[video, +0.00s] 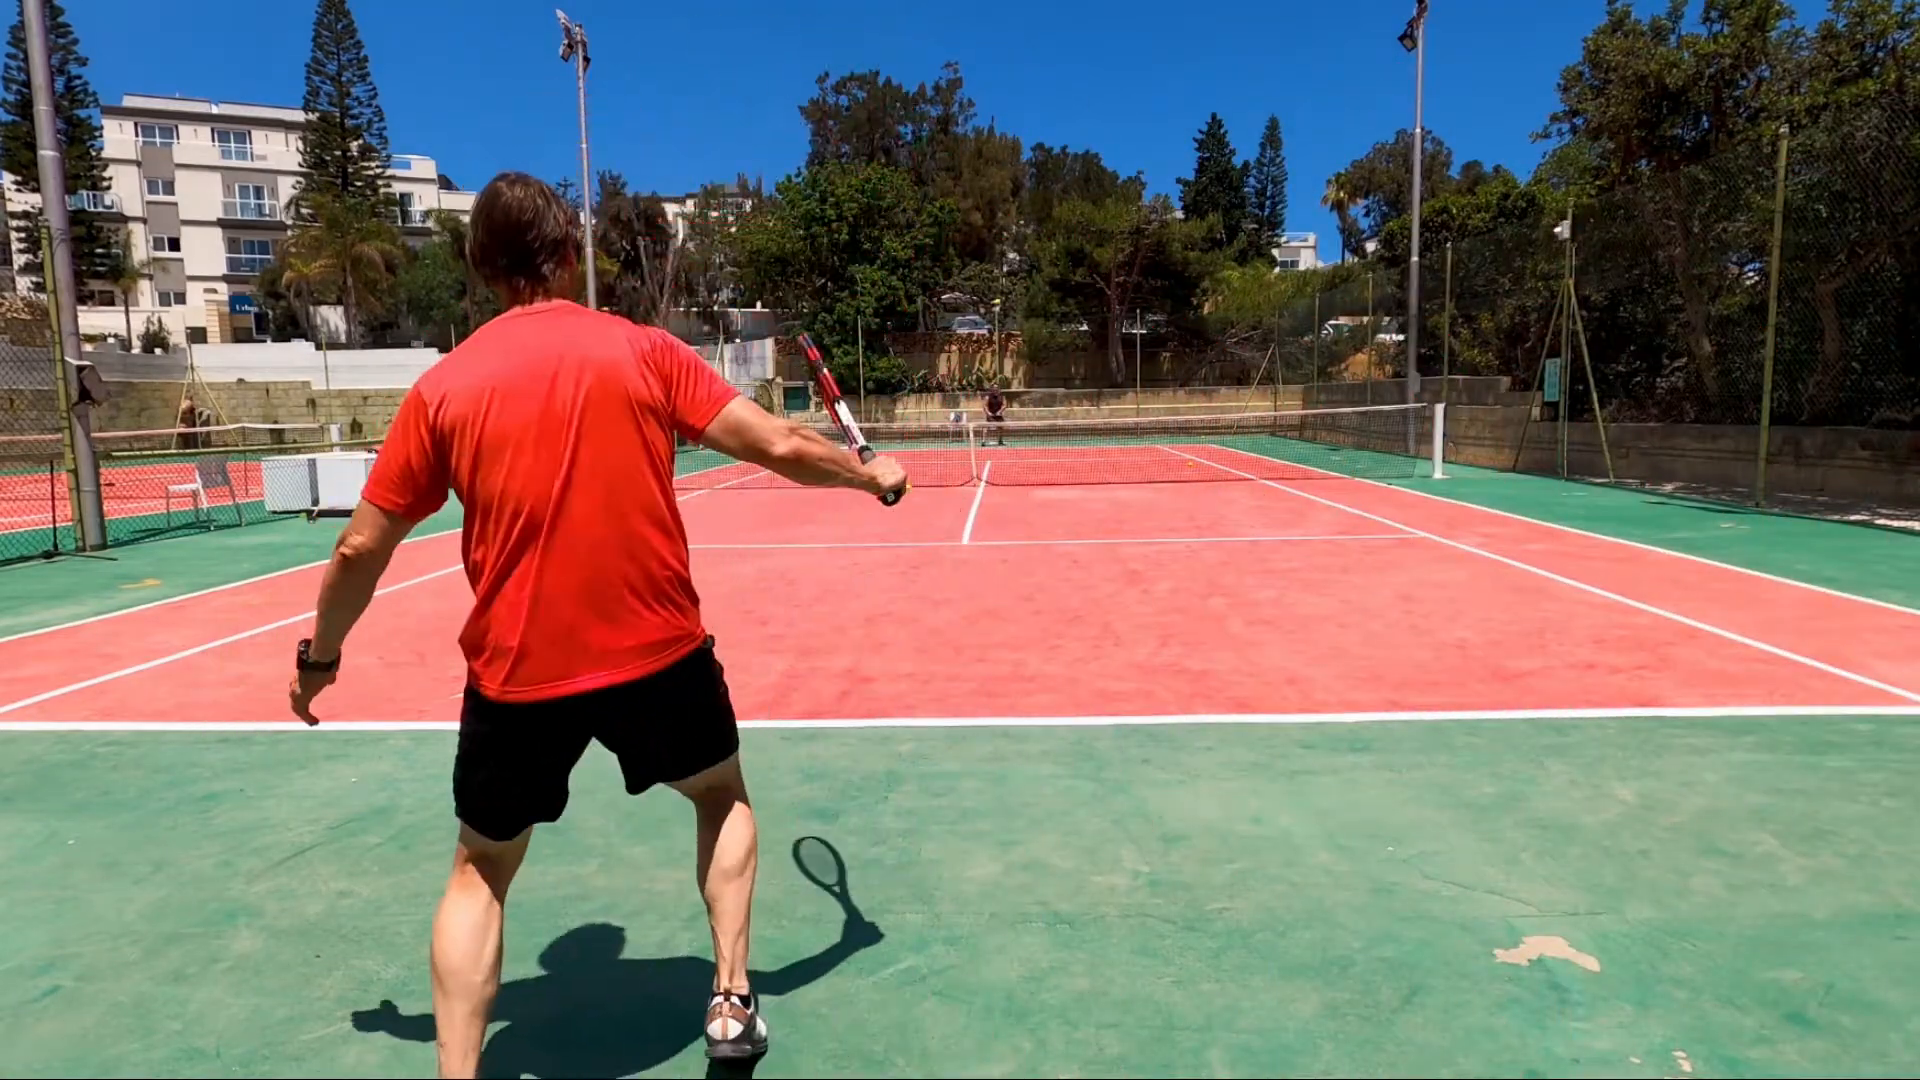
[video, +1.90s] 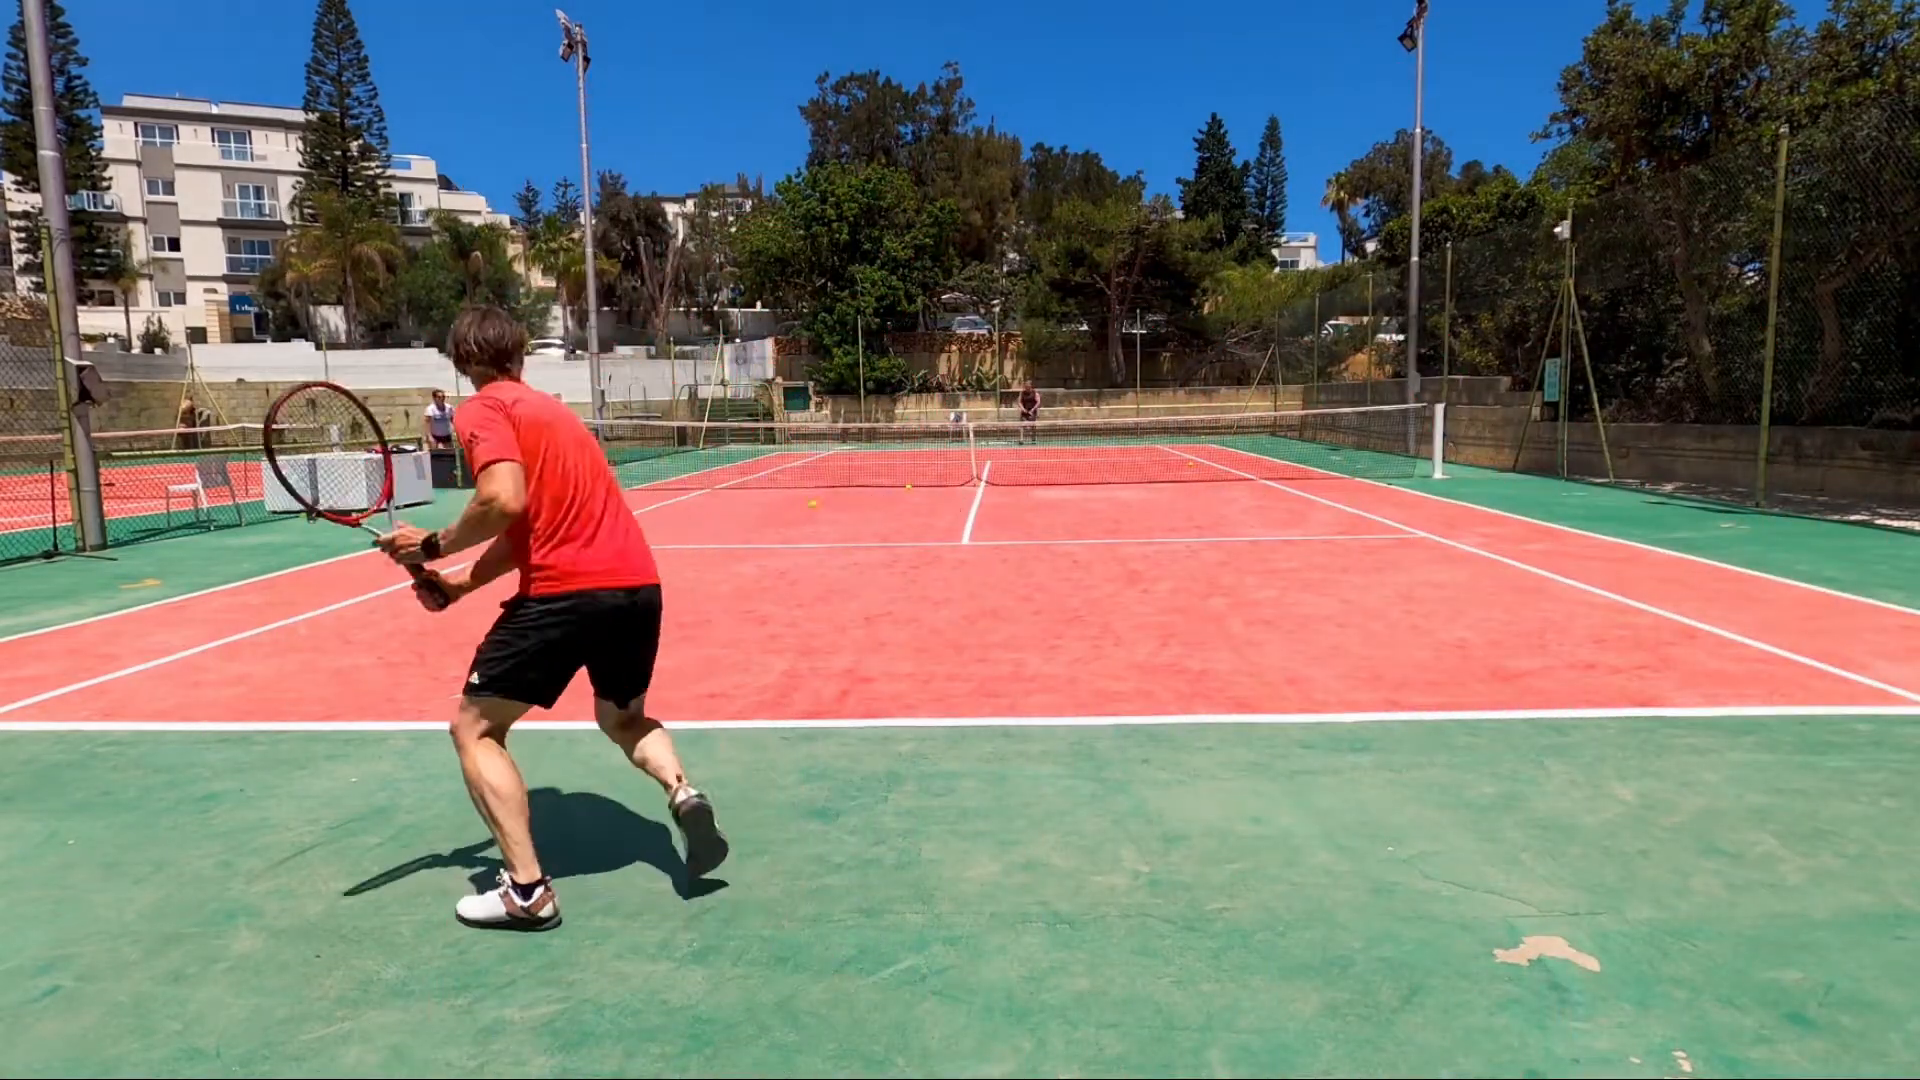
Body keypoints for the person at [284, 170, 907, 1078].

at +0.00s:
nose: (583, 265)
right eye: (580, 253)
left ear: (483, 272)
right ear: (570, 258)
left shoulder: (445, 386)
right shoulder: (640, 350)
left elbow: (363, 546)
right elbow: (775, 445)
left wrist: (321, 649)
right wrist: (866, 469)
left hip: (518, 666)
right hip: (652, 647)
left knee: (482, 865)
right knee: (718, 794)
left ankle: (456, 1071)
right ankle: (732, 1002)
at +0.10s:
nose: (604, 237)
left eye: (597, 227)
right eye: (602, 226)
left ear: (508, 242)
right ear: (593, 232)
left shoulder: (461, 355)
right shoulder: (647, 336)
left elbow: (397, 518)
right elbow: (745, 478)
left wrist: (423, 609)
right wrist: (792, 561)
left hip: (520, 643)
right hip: (650, 625)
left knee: (495, 855)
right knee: (727, 787)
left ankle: (464, 1068)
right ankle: (731, 1002)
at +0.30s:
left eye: (592, 229)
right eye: (693, 238)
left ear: (596, 240)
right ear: (686, 246)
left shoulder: (538, 347)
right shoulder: (719, 352)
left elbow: (480, 486)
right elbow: (757, 511)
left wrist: (552, 541)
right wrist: (709, 587)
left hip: (563, 640)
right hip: (689, 632)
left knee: (527, 835)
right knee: (747, 808)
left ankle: (465, 1062)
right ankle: (727, 1031)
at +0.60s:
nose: (714, 234)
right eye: (713, 223)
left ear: (622, 228)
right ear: (705, 229)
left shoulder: (566, 316)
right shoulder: (741, 324)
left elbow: (499, 437)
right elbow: (792, 464)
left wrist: (571, 484)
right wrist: (731, 514)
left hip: (587, 578)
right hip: (702, 583)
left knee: (561, 748)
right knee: (762, 767)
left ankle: (531, 932)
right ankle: (774, 989)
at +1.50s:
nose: (637, 299)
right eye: (636, 290)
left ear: (566, 292)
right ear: (634, 294)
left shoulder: (518, 366)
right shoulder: (668, 377)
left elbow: (469, 472)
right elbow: (690, 494)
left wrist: (535, 502)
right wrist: (638, 526)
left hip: (542, 582)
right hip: (639, 579)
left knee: (515, 714)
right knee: (704, 713)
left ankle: (482, 861)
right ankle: (720, 867)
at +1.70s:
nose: (527, 345)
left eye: (528, 335)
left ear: (535, 335)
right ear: (594, 336)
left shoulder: (531, 389)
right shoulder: (633, 397)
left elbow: (496, 491)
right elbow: (612, 511)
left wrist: (466, 499)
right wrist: (512, 535)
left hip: (573, 595)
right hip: (661, 592)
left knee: (498, 701)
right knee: (696, 746)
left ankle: (522, 862)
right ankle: (748, 900)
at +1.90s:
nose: (458, 374)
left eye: (457, 364)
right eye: (459, 365)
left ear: (464, 363)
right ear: (520, 358)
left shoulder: (481, 410)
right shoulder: (557, 412)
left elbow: (503, 498)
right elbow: (535, 529)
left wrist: (433, 542)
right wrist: (459, 583)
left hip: (563, 594)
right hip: (635, 588)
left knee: (475, 728)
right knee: (625, 716)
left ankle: (527, 886)